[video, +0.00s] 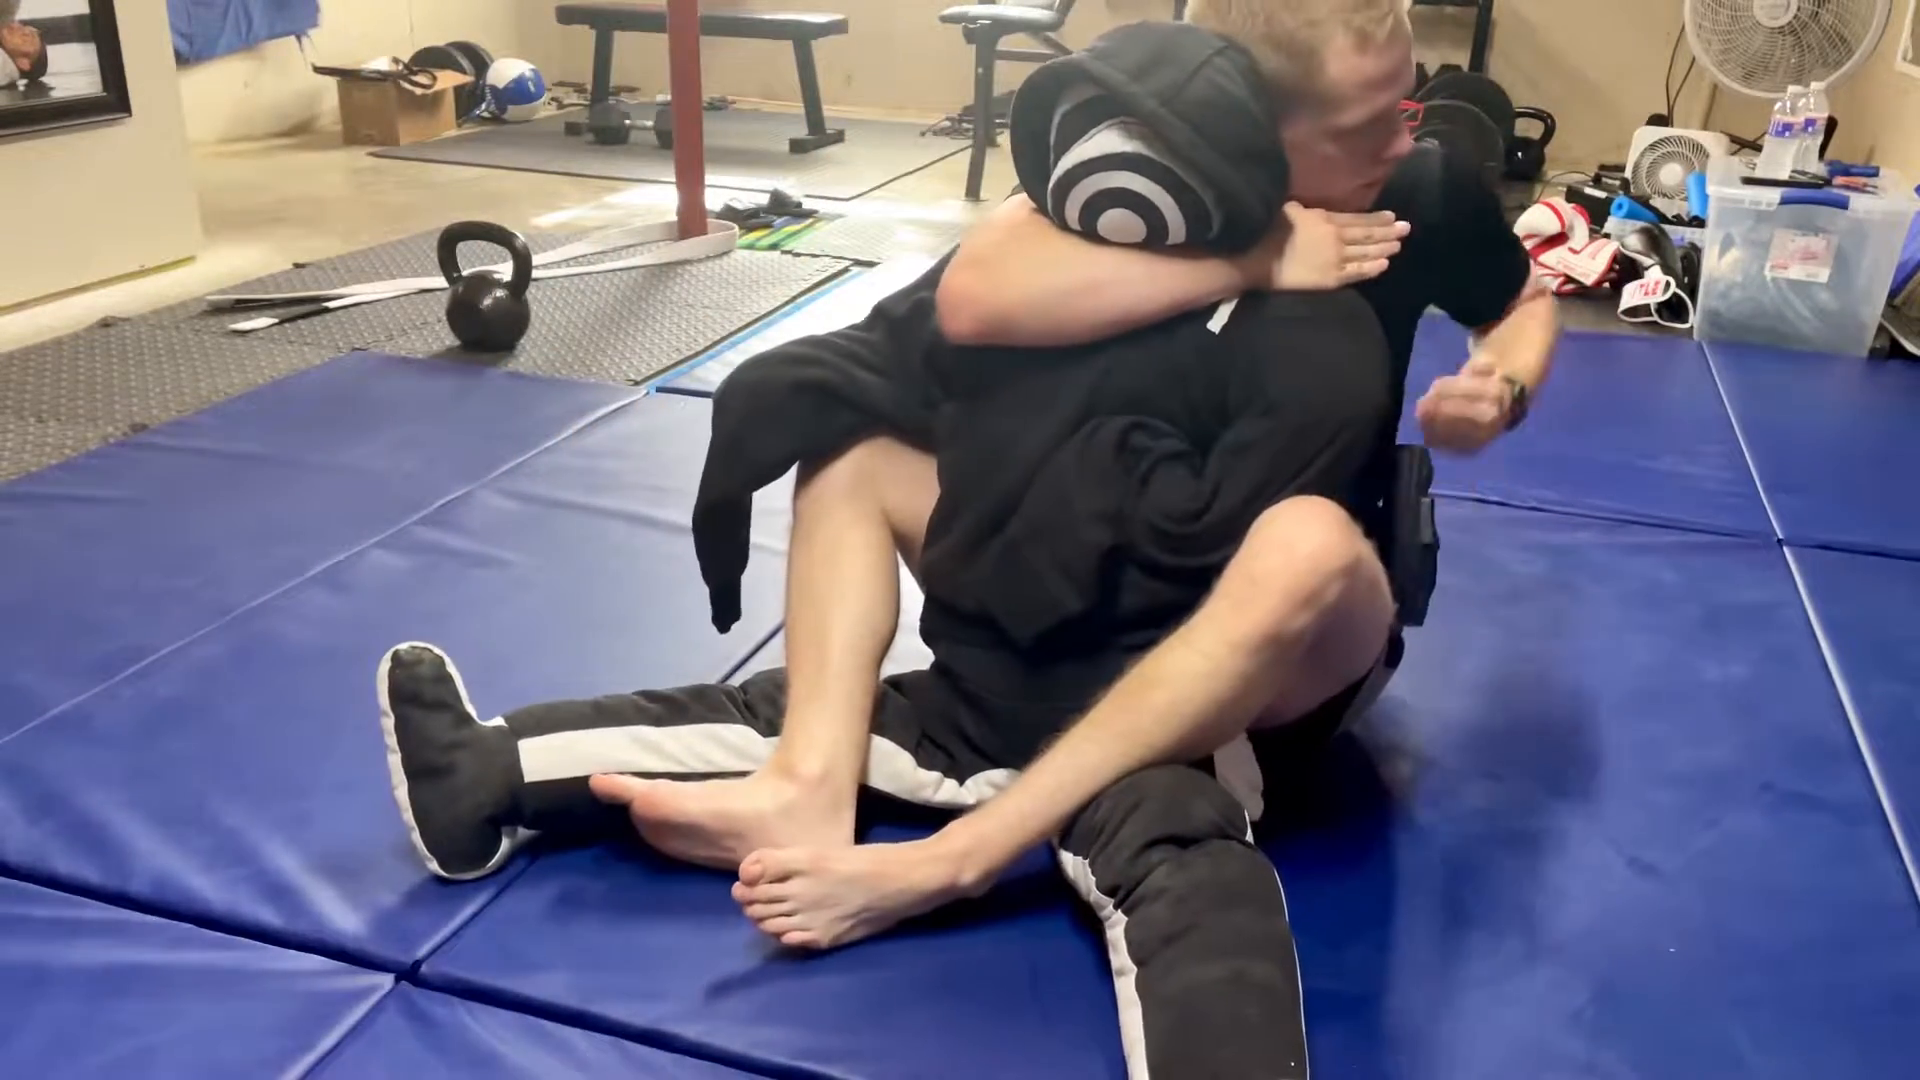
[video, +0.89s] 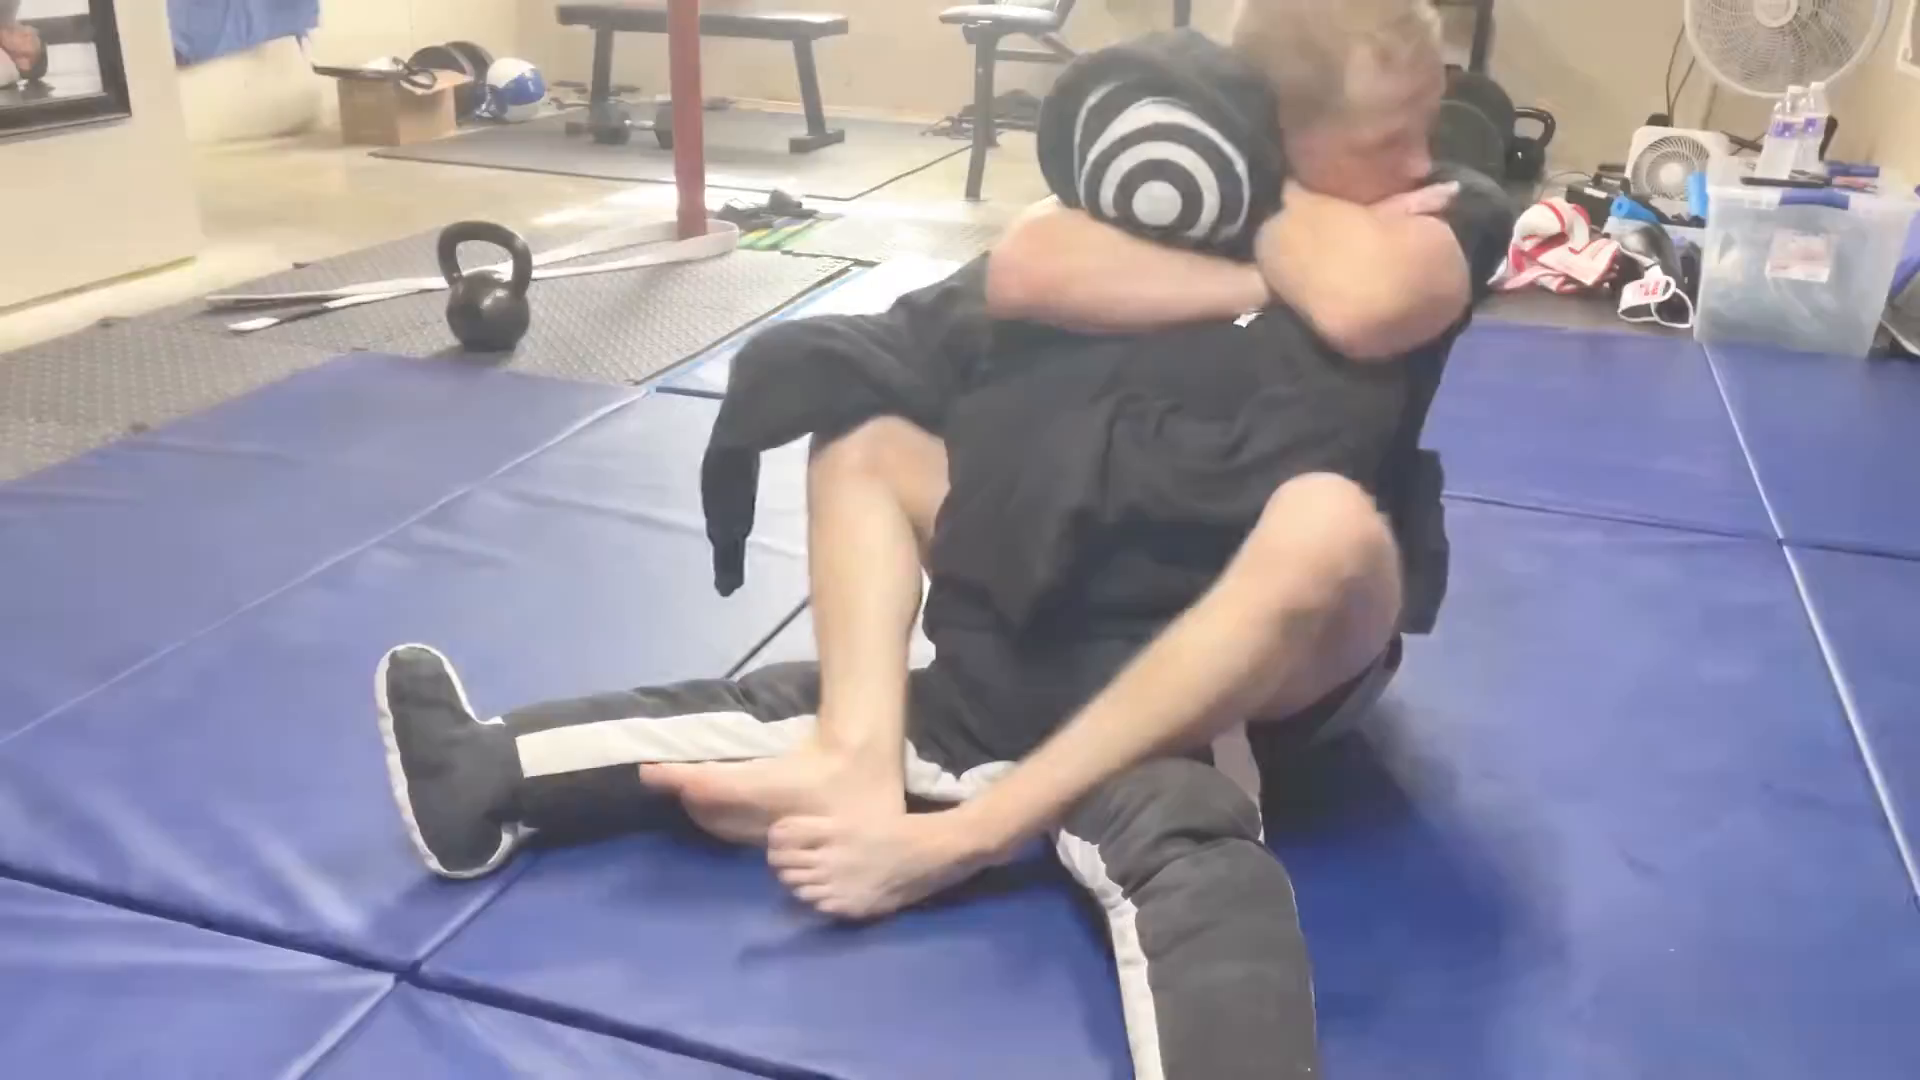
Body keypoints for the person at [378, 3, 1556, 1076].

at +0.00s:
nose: (1412, 124)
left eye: (1411, 100)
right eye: (1382, 116)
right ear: (1255, 138)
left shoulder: (1421, 192)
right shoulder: (1136, 190)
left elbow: (1531, 300)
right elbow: (975, 292)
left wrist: (1502, 374)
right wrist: (1255, 261)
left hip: (1265, 613)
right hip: (1068, 572)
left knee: (1313, 544)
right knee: (852, 452)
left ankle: (957, 855)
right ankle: (813, 788)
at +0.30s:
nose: (1424, 104)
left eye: (1427, 74)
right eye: (1396, 78)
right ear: (1276, 83)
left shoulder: (1420, 211)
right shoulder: (1148, 169)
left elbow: (1561, 436)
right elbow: (982, 291)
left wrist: (1462, 308)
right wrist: (1245, 253)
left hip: (1275, 599)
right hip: (1075, 554)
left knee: (1321, 527)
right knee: (854, 449)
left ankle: (987, 855)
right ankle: (816, 783)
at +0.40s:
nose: (1449, 85)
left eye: (1456, 56)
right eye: (1424, 54)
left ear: (1354, 62)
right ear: (1300, 53)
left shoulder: (1422, 217)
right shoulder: (1165, 150)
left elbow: (1534, 439)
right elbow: (974, 292)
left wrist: (1408, 243)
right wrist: (1236, 252)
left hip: (1273, 601)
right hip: (1077, 550)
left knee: (1313, 522)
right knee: (852, 442)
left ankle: (990, 851)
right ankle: (816, 775)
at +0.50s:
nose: (1468, 95)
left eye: (1473, 68)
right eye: (1447, 61)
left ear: (1384, 66)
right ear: (1326, 50)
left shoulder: (1437, 200)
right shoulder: (1165, 146)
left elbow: (1495, 355)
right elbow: (976, 282)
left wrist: (1317, 194)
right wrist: (1249, 248)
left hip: (1272, 604)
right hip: (1072, 562)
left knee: (1312, 512)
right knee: (854, 431)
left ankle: (983, 845)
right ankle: (813, 769)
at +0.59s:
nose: (1471, 108)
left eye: (1477, 80)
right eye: (1448, 76)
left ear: (1372, 76)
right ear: (1326, 67)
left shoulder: (1440, 198)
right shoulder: (1167, 160)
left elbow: (1436, 283)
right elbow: (988, 280)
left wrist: (1267, 152)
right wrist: (1270, 246)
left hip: (1266, 617)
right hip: (1060, 585)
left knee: (1313, 514)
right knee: (858, 434)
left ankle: (982, 838)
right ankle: (816, 764)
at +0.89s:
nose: (1424, 161)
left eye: (1428, 133)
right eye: (1398, 136)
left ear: (1420, 132)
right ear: (1282, 126)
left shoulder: (1427, 218)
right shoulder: (1155, 170)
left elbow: (1372, 312)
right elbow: (1019, 273)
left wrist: (1241, 182)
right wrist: (1279, 275)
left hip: (1265, 605)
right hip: (1058, 579)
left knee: (1330, 518)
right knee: (866, 443)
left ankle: (970, 830)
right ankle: (854, 763)